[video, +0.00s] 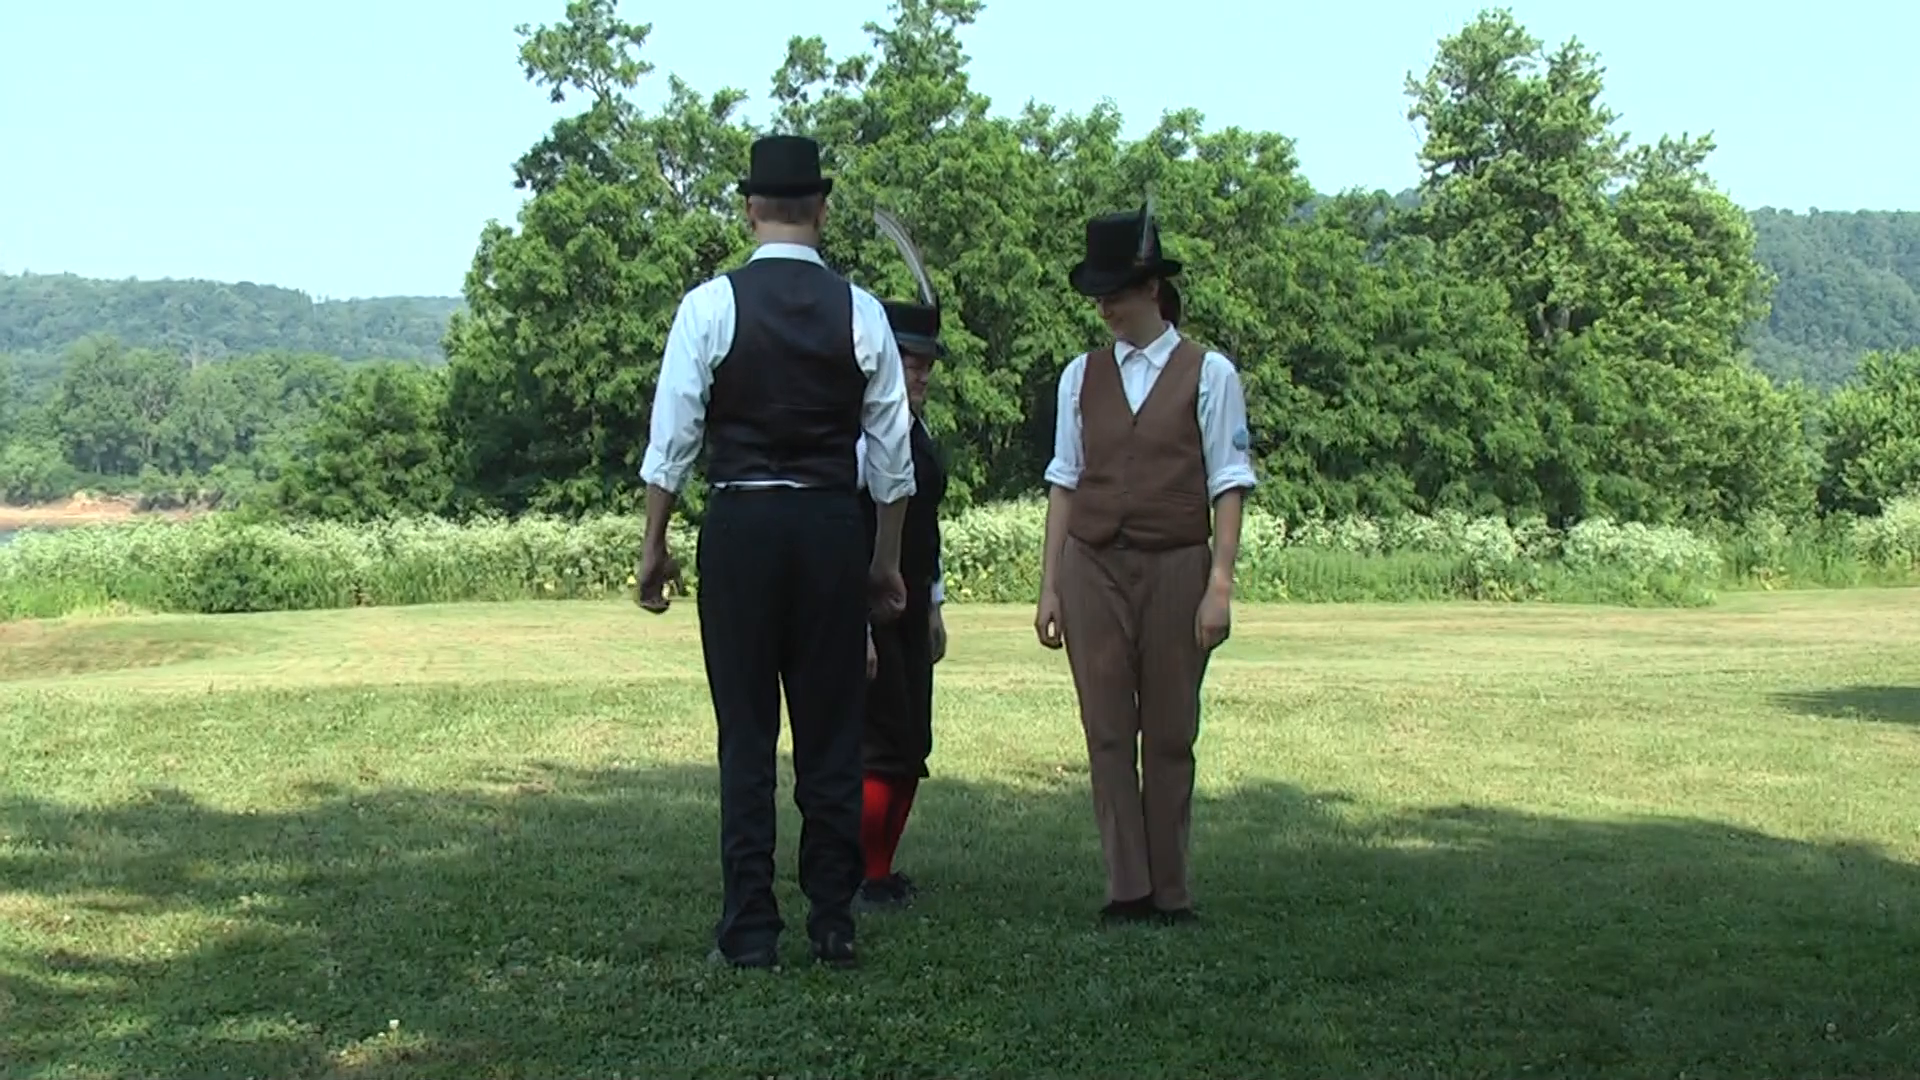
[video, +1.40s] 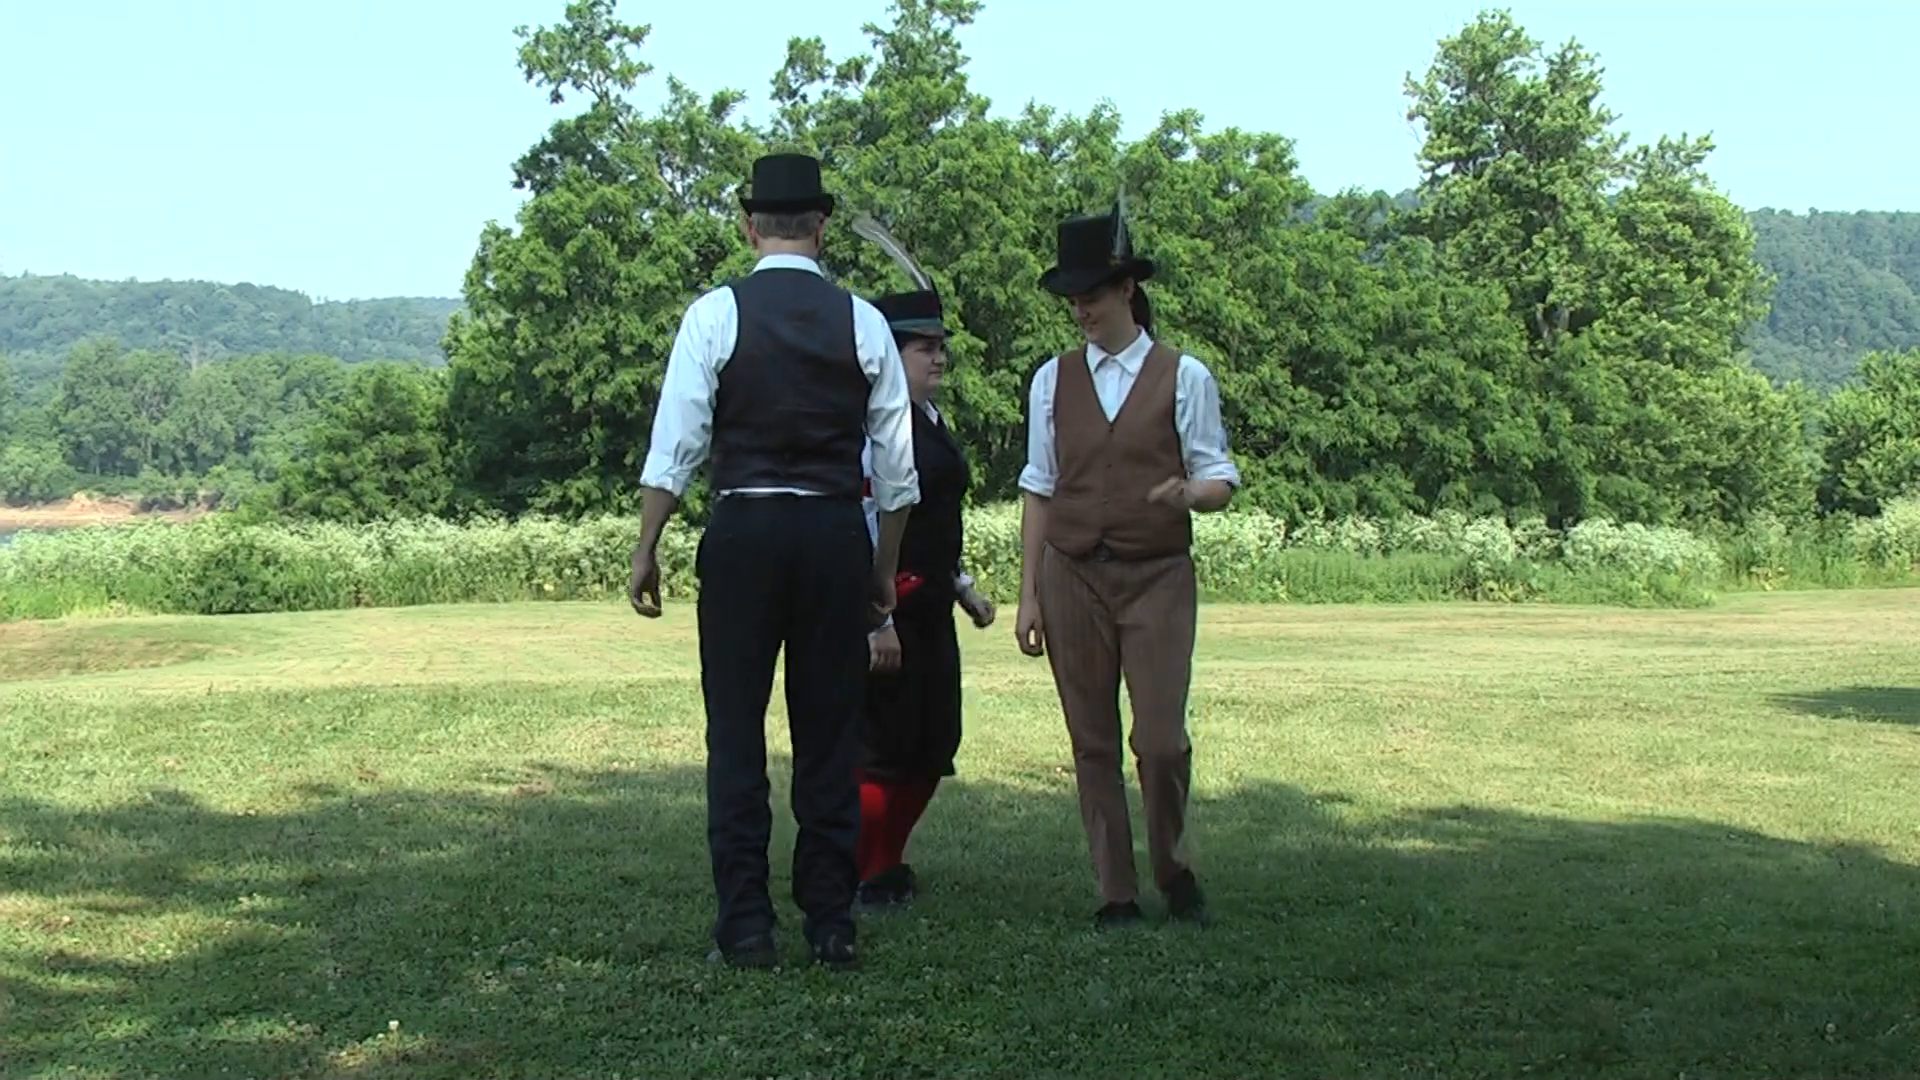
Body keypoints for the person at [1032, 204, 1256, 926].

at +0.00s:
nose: (1107, 306)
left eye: (1118, 293)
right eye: (1099, 296)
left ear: (1155, 287)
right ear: (1094, 298)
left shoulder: (1208, 372)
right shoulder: (1079, 377)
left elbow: (1230, 487)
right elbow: (1063, 486)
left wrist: (1219, 587)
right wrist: (1049, 586)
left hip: (1176, 570)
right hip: (1089, 569)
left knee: (1170, 737)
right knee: (1108, 736)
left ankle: (1169, 891)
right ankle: (1126, 890)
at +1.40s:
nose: (1082, 309)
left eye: (1094, 295)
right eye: (1074, 299)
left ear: (1130, 290)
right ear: (1068, 303)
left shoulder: (1184, 376)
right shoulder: (1051, 380)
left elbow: (1221, 482)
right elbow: (1037, 492)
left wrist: (1186, 491)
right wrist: (1028, 593)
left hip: (1158, 579)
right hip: (1070, 579)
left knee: (1161, 746)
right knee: (1094, 746)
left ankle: (1174, 872)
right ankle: (1116, 896)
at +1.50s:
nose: (1084, 312)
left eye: (1094, 298)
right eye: (1075, 302)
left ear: (1131, 290)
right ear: (1069, 306)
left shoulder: (1187, 372)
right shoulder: (1052, 380)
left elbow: (1230, 475)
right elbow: (1036, 491)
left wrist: (1197, 404)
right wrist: (1029, 592)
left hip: (1158, 574)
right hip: (1069, 574)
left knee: (1150, 732)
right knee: (1093, 743)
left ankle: (1161, 792)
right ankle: (1113, 896)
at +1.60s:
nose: (1083, 311)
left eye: (1096, 296)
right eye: (1074, 301)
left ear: (1132, 291)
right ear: (1068, 304)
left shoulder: (1178, 368)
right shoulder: (1050, 379)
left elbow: (1236, 420)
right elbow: (1037, 491)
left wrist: (1197, 328)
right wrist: (1028, 592)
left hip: (1156, 569)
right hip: (1069, 571)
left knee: (1131, 715)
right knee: (1091, 743)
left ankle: (1159, 769)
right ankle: (1114, 894)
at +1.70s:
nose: (1082, 309)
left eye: (1094, 295)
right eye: (1073, 299)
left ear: (1131, 291)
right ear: (1068, 304)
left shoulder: (1173, 367)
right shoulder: (1050, 377)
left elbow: (1232, 355)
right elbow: (1036, 491)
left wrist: (1193, 260)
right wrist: (1029, 589)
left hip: (1155, 570)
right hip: (1069, 572)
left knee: (1117, 716)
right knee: (1089, 739)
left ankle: (1159, 820)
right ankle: (1117, 893)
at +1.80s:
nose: (1081, 308)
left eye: (1094, 293)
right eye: (1074, 295)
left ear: (1134, 291)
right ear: (1067, 297)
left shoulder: (1175, 363)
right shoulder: (1056, 371)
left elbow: (1215, 296)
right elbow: (1037, 485)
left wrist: (1192, 198)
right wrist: (1026, 586)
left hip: (1148, 577)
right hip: (1068, 578)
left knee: (1115, 749)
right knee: (1083, 751)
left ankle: (1142, 908)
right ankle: (1116, 899)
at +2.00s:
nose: (1066, 295)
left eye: (1077, 282)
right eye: (1063, 284)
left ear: (1117, 281)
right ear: (1071, 290)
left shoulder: (1147, 351)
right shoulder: (1063, 370)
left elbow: (1150, 263)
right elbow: (1044, 482)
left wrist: (1144, 152)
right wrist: (1018, 567)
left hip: (1136, 577)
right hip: (1061, 580)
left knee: (1119, 756)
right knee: (1019, 716)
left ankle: (1136, 916)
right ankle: (1112, 803)